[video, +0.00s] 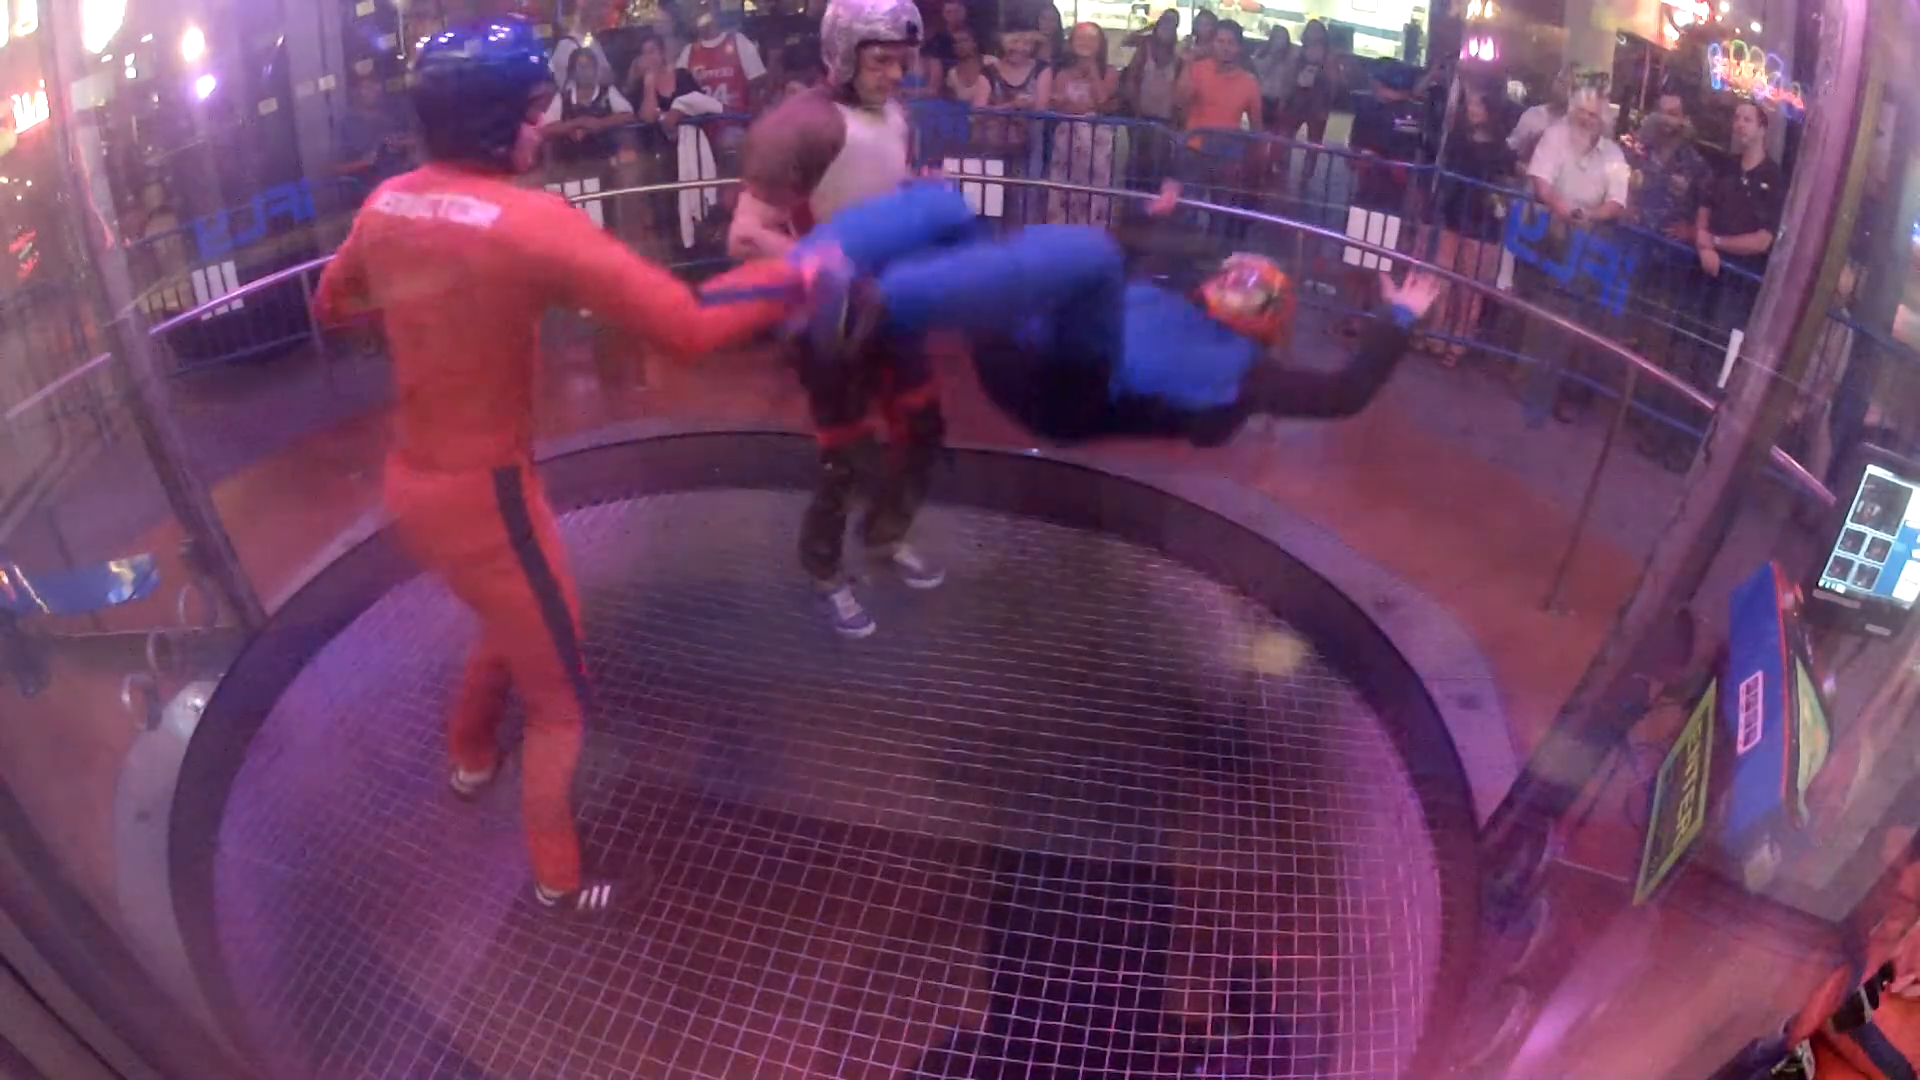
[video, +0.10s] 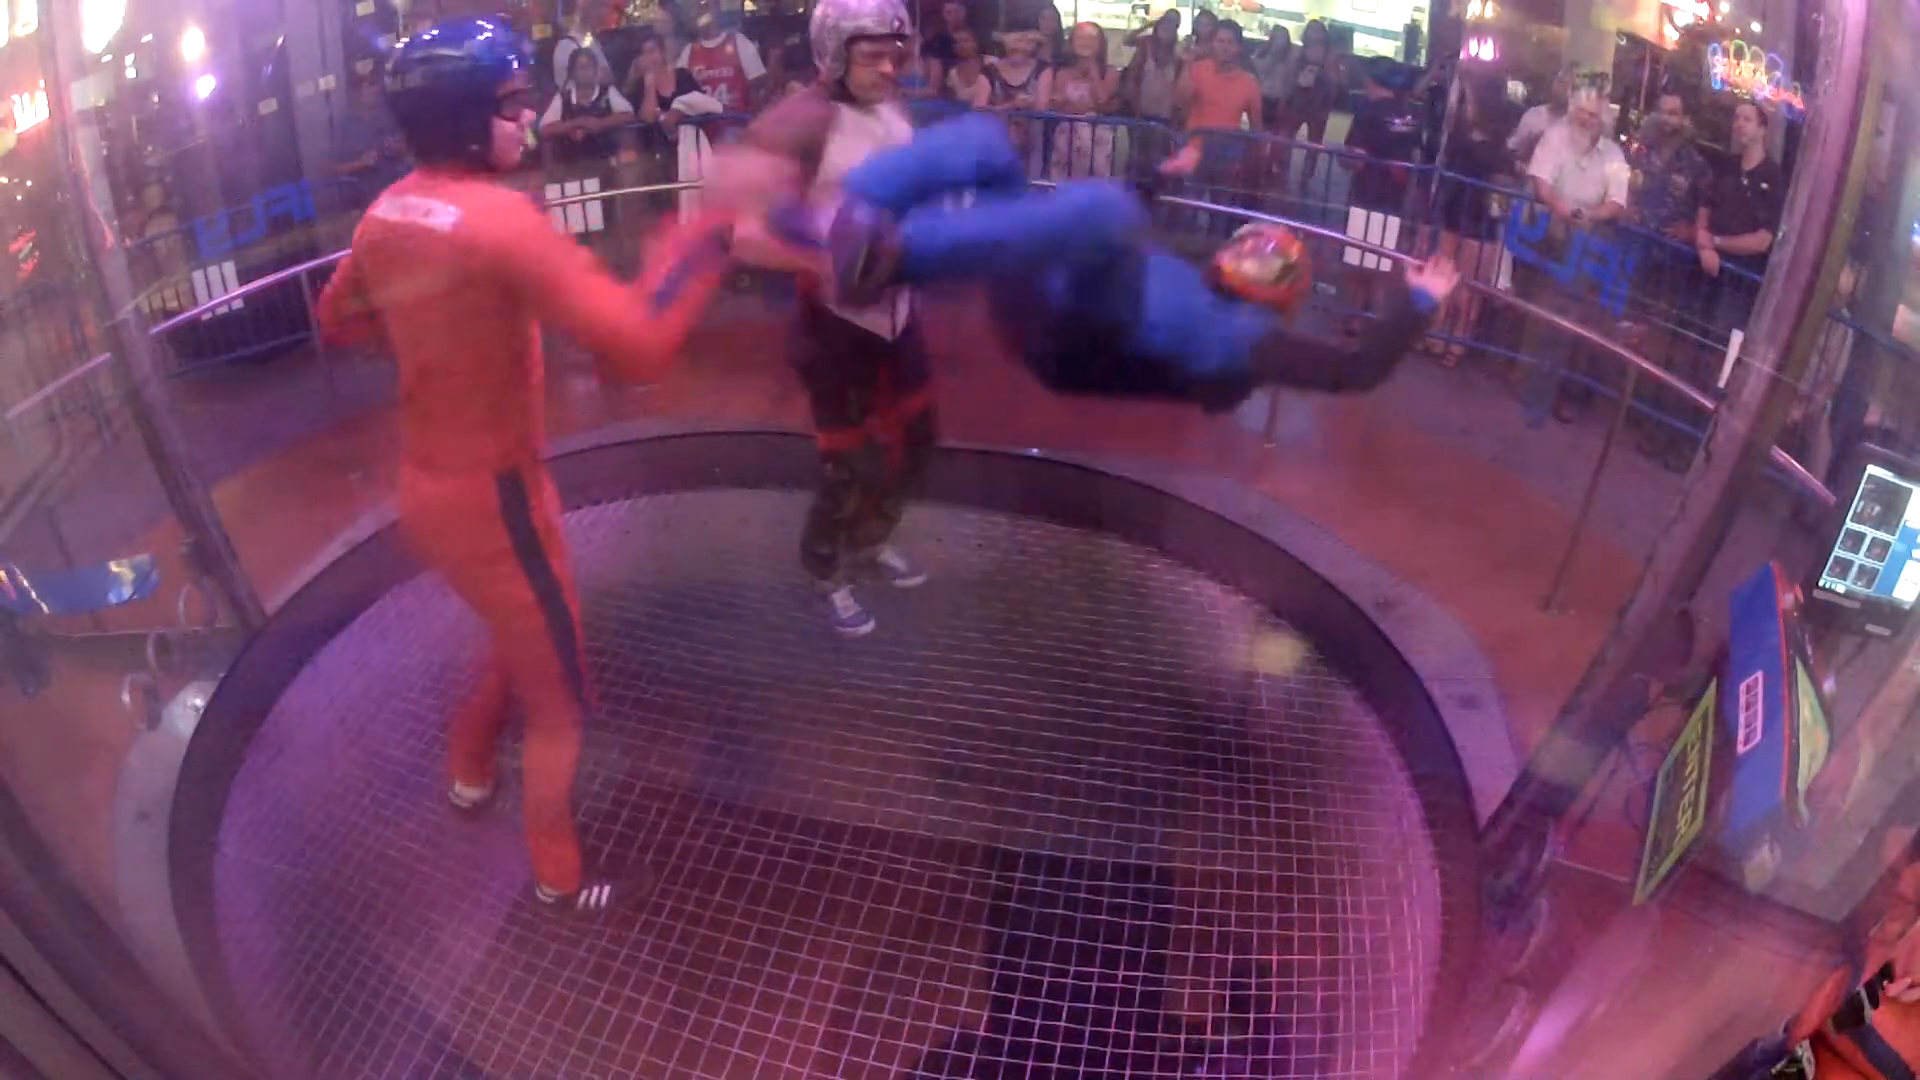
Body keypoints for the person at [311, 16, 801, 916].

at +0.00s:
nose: (546, 126)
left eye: (543, 109)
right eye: (536, 111)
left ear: (441, 117)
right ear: (505, 123)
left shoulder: (388, 205)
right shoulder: (531, 222)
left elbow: (334, 308)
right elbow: (690, 329)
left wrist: (429, 290)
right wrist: (790, 281)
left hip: (416, 487)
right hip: (490, 499)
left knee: (514, 619)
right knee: (556, 706)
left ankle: (469, 759)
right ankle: (556, 882)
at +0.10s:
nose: (526, 122)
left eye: (523, 105)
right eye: (510, 108)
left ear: (431, 123)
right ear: (462, 121)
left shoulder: (390, 211)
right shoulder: (503, 220)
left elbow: (336, 321)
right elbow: (642, 340)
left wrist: (440, 318)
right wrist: (705, 246)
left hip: (428, 493)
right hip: (498, 499)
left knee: (516, 631)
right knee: (553, 704)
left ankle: (471, 774)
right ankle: (559, 881)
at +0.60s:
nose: (471, 126)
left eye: (467, 107)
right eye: (451, 114)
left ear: (400, 131)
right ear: (402, 130)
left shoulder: (410, 208)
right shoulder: (396, 244)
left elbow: (471, 339)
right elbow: (454, 426)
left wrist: (492, 315)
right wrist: (506, 332)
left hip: (482, 488)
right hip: (450, 516)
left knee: (521, 661)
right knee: (531, 703)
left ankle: (474, 819)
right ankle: (552, 877)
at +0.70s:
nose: (461, 125)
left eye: (458, 107)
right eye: (441, 112)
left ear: (398, 129)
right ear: (391, 127)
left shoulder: (410, 211)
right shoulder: (381, 243)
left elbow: (449, 360)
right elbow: (427, 447)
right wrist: (494, 342)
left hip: (475, 495)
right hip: (446, 519)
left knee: (496, 680)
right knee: (533, 709)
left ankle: (473, 837)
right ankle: (557, 887)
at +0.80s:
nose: (448, 126)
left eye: (445, 108)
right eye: (425, 114)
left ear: (400, 129)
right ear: (374, 131)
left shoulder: (408, 206)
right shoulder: (368, 246)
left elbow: (447, 359)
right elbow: (422, 458)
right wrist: (495, 348)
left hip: (473, 491)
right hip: (442, 520)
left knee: (494, 677)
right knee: (529, 711)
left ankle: (472, 837)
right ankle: (559, 887)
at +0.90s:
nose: (432, 128)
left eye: (433, 109)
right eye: (405, 118)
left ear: (436, 108)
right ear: (352, 139)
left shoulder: (409, 204)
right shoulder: (358, 246)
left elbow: (437, 340)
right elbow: (419, 450)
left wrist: (486, 311)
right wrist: (499, 341)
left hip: (476, 490)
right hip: (440, 518)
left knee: (494, 674)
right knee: (525, 715)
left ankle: (471, 835)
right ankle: (559, 885)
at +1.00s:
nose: (427, 131)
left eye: (429, 112)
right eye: (401, 120)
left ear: (432, 111)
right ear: (346, 140)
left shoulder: (409, 204)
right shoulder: (351, 243)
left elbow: (434, 338)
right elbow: (416, 442)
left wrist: (479, 298)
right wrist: (487, 328)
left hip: (478, 485)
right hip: (437, 515)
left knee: (495, 670)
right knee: (523, 712)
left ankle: (471, 832)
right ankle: (558, 883)